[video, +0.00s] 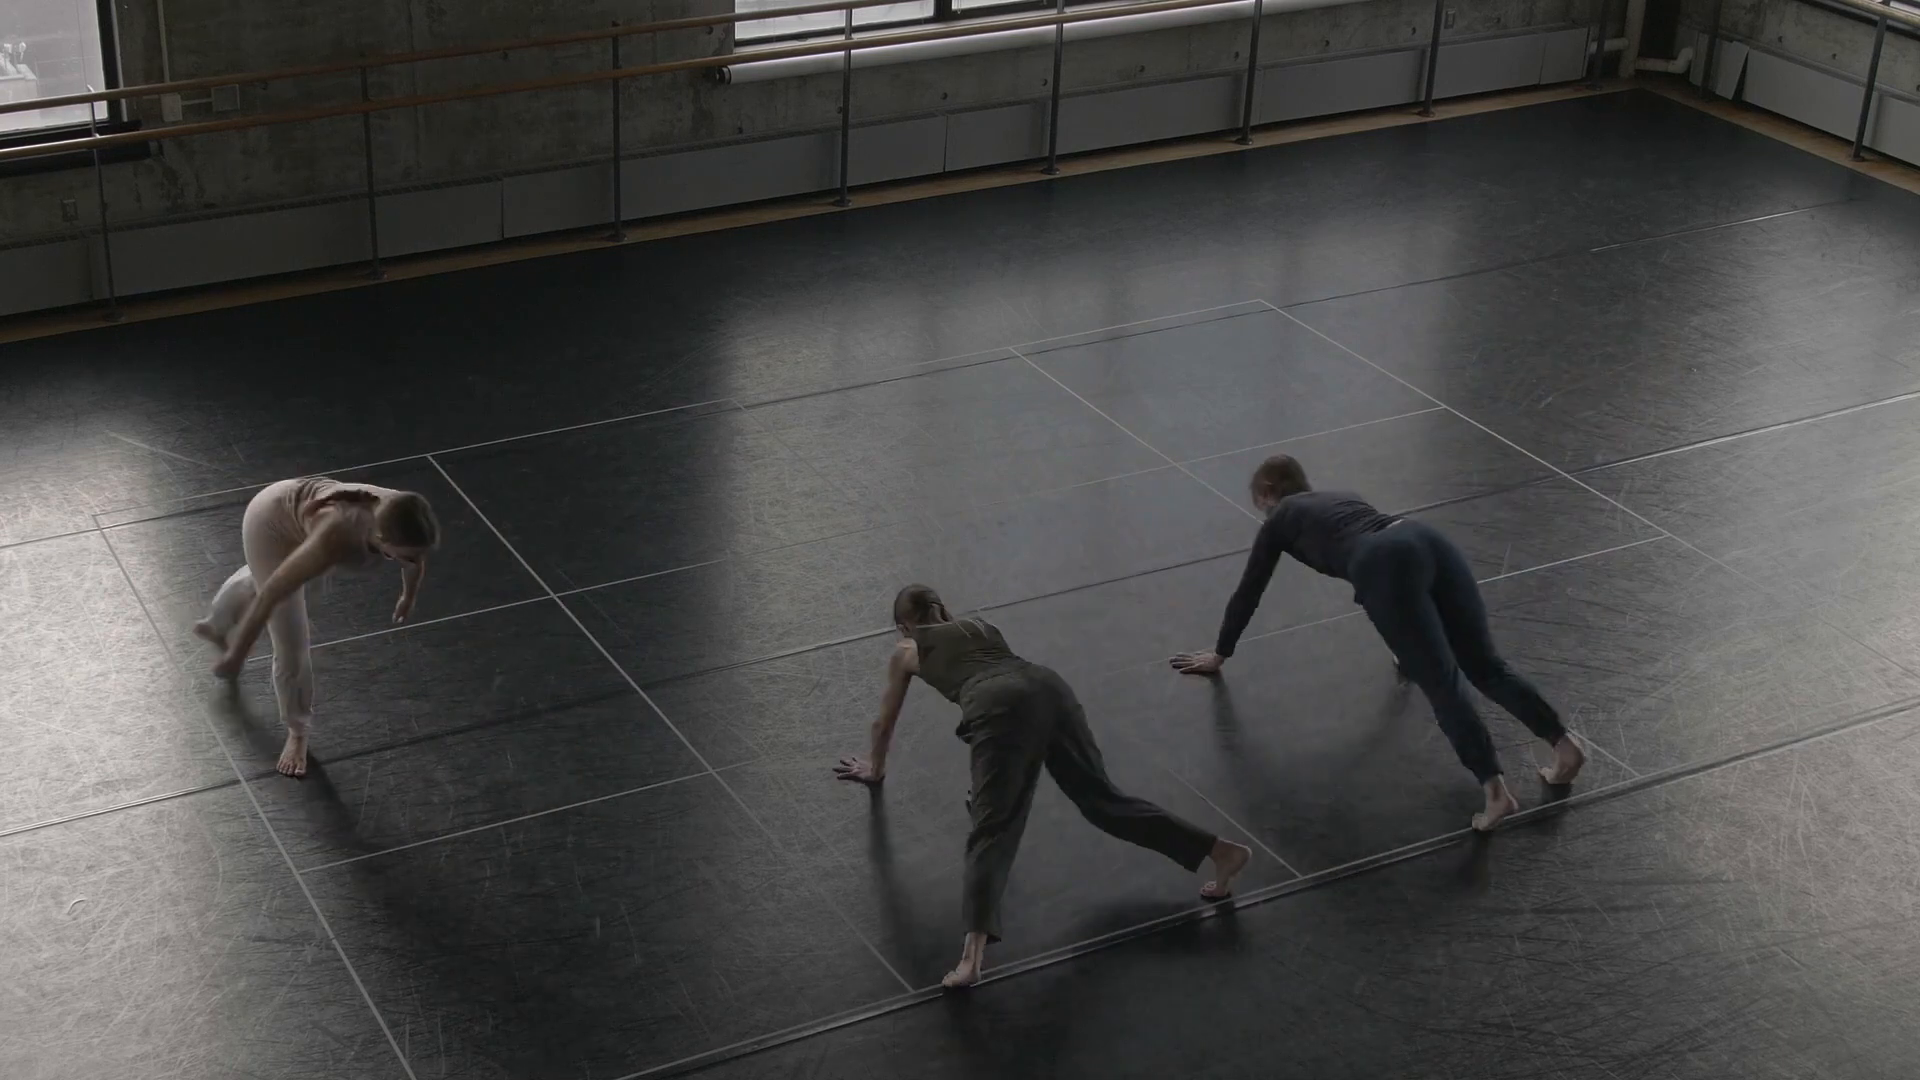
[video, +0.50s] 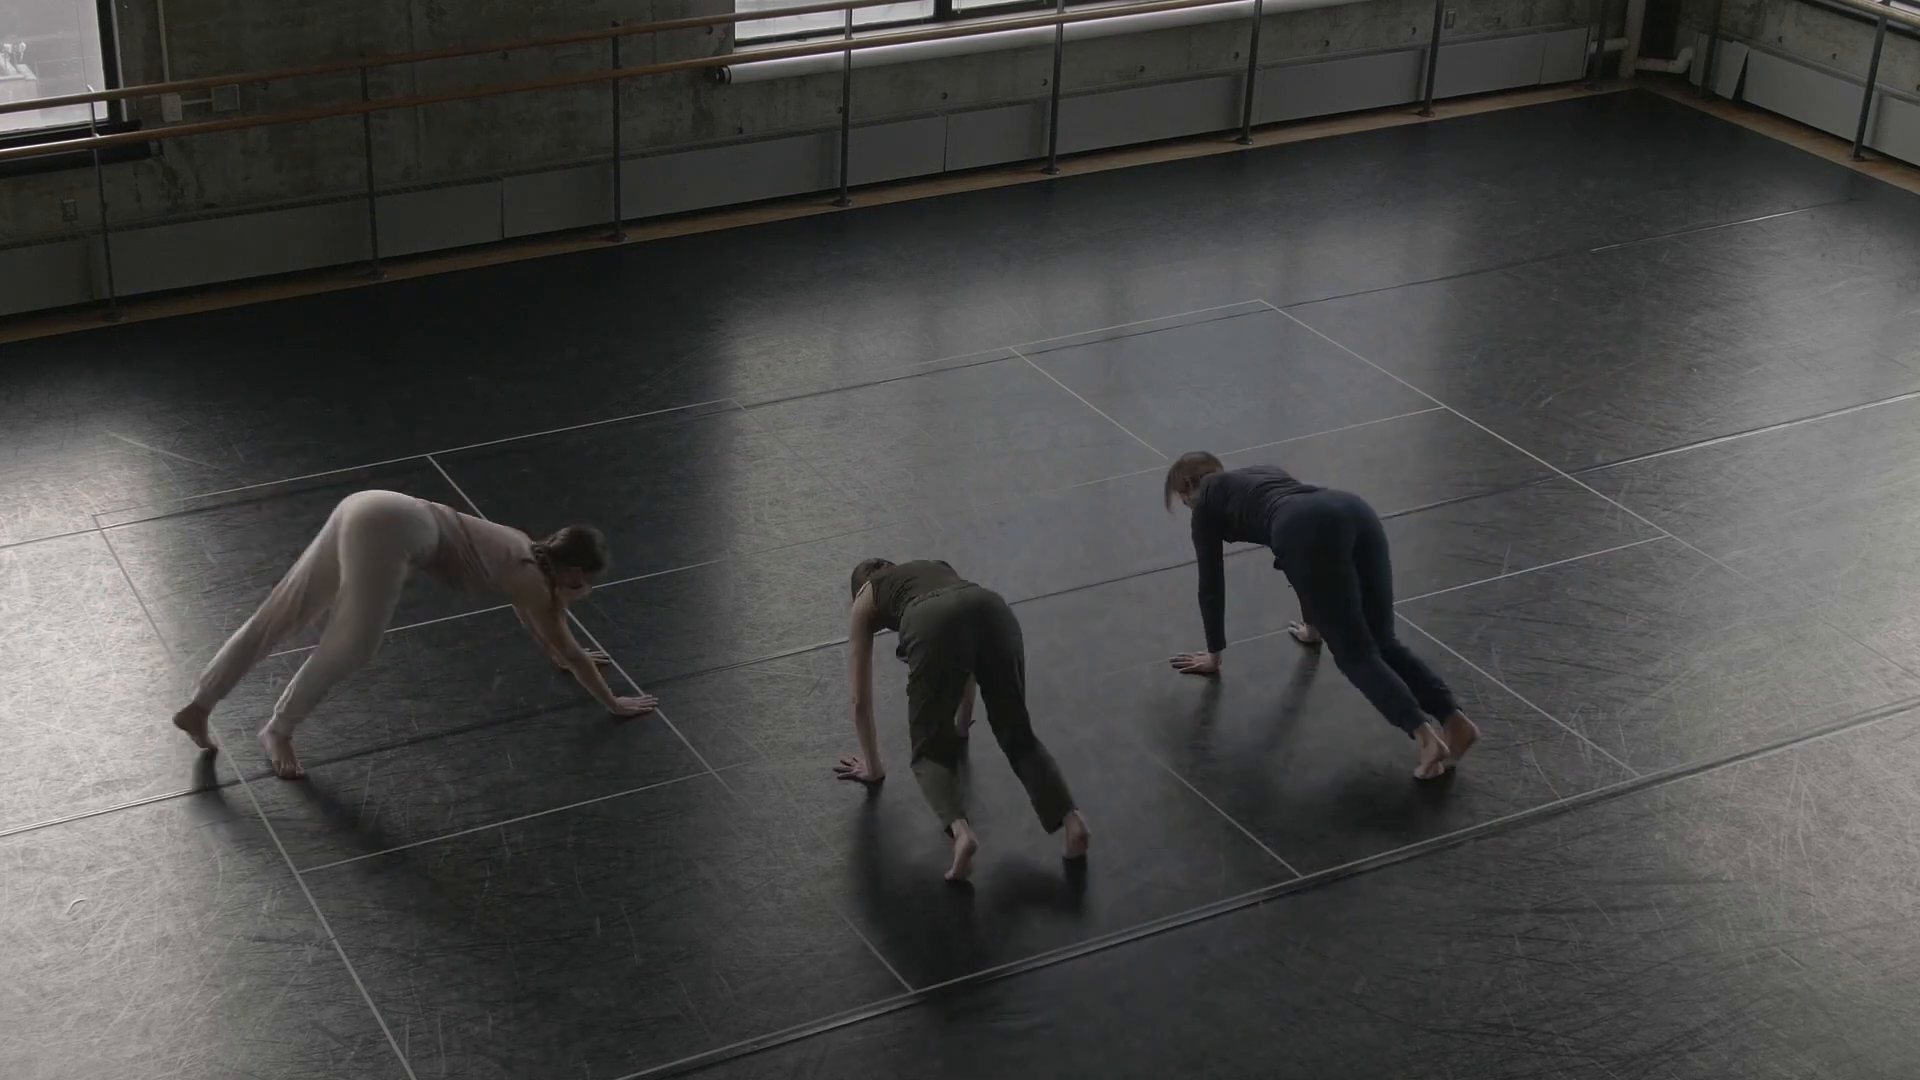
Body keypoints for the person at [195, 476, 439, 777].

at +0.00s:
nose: (407, 564)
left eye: (415, 558)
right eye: (400, 557)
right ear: (382, 542)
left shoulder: (405, 512)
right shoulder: (335, 535)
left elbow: (416, 558)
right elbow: (271, 591)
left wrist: (408, 596)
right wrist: (235, 655)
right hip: (271, 523)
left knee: (261, 576)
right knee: (292, 644)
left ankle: (214, 626)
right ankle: (297, 733)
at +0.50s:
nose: (579, 593)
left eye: (585, 585)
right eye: (579, 583)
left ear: (562, 556)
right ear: (564, 571)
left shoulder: (530, 557)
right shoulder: (529, 581)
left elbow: (550, 620)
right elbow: (561, 653)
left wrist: (584, 651)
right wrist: (612, 704)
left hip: (362, 512)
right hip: (386, 525)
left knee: (275, 617)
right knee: (353, 642)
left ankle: (199, 706)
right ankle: (277, 730)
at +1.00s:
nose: (661, 548)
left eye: (668, 542)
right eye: (667, 540)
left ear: (638, 502)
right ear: (657, 529)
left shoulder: (585, 505)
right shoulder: (623, 541)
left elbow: (567, 586)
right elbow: (617, 632)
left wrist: (563, 655)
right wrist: (616, 700)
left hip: (469, 555)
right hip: (503, 586)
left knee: (367, 646)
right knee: (396, 678)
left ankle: (264, 710)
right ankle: (283, 745)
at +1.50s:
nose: (648, 583)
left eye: (656, 577)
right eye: (658, 575)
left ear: (645, 543)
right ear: (655, 555)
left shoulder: (588, 525)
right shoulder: (625, 537)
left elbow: (569, 601)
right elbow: (615, 632)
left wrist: (562, 656)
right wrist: (617, 700)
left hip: (463, 500)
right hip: (502, 519)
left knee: (388, 619)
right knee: (423, 649)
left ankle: (298, 691)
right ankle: (317, 717)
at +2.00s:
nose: (595, 599)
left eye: (602, 595)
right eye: (600, 593)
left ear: (583, 549)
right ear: (593, 579)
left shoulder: (527, 534)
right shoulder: (557, 574)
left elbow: (530, 614)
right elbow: (575, 659)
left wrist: (572, 654)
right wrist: (610, 703)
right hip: (428, 628)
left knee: (525, 620)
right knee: (544, 651)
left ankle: (422, 675)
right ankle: (438, 702)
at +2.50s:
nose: (551, 555)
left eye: (557, 550)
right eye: (556, 548)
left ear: (530, 510)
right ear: (547, 534)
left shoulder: (485, 510)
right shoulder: (508, 529)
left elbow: (512, 595)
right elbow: (549, 608)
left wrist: (547, 652)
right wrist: (597, 652)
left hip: (343, 542)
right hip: (366, 566)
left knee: (463, 590)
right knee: (475, 616)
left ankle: (397, 687)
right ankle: (411, 717)